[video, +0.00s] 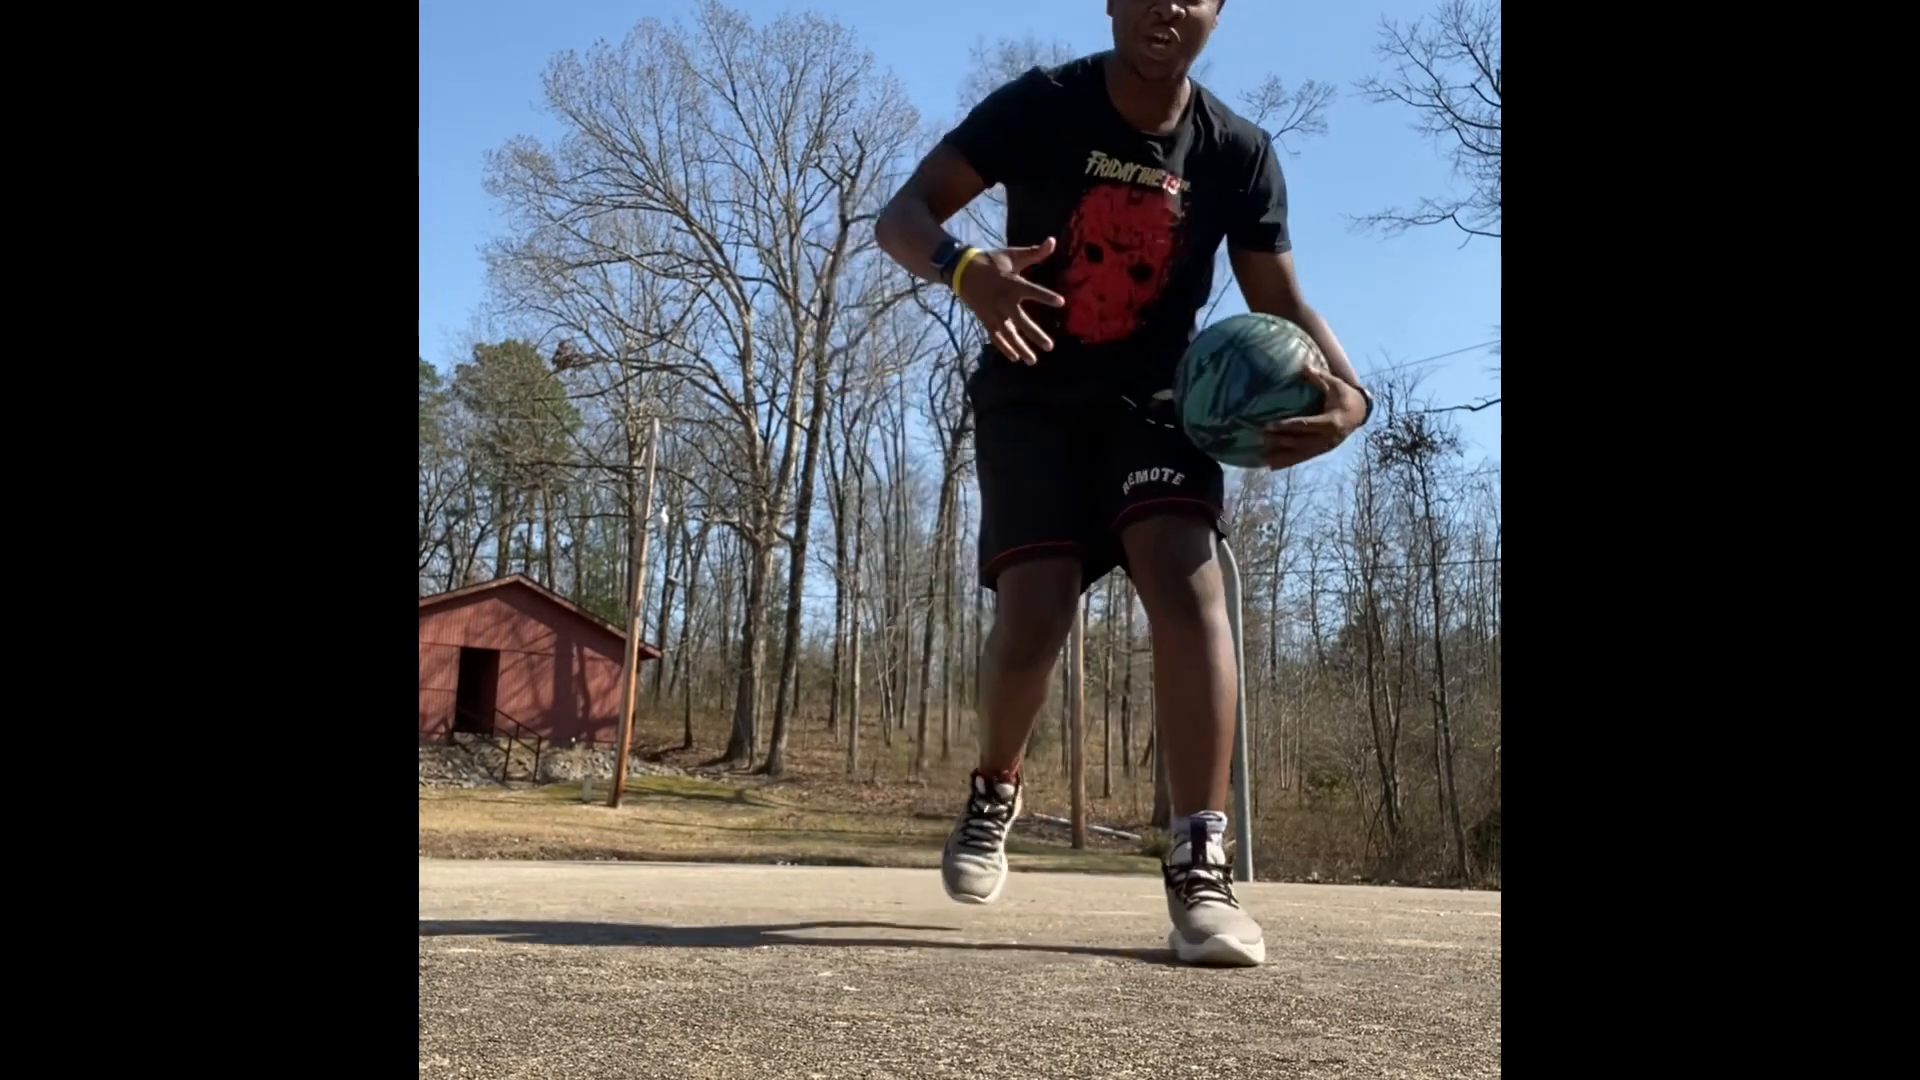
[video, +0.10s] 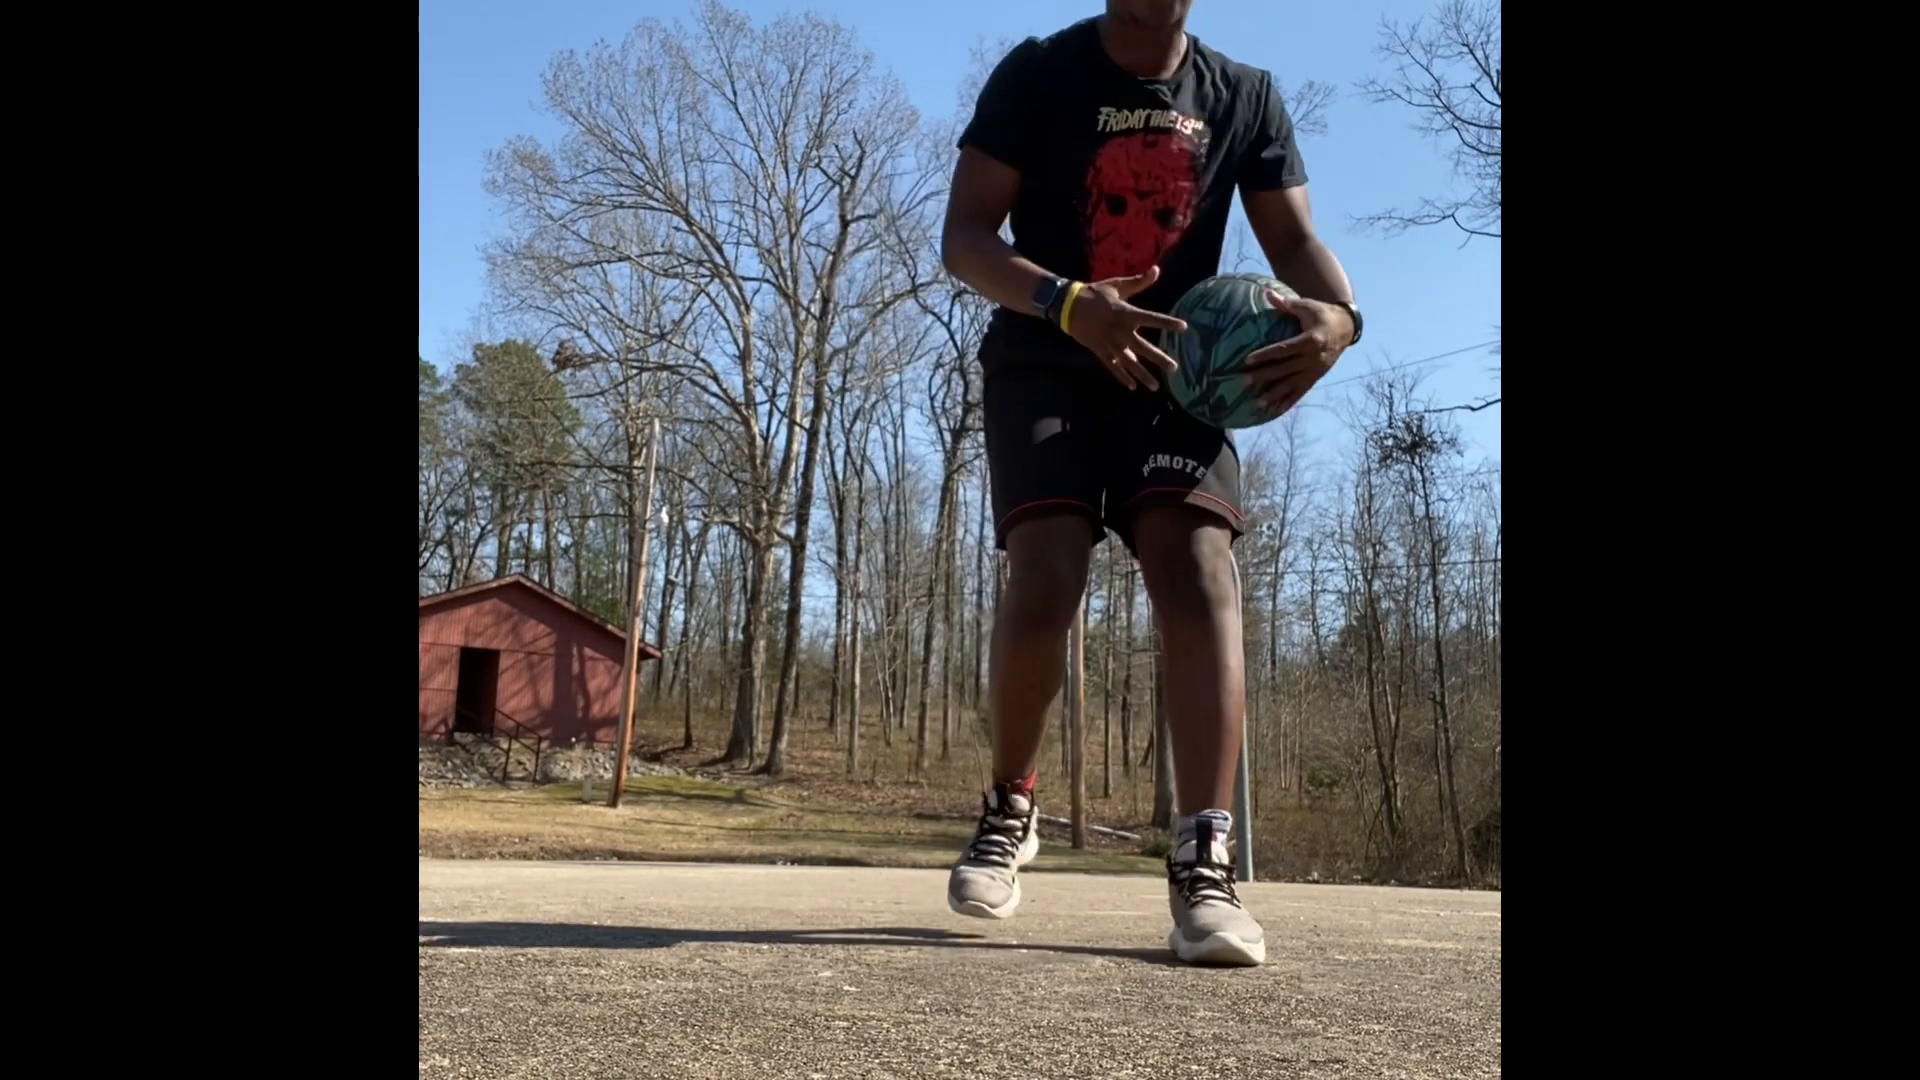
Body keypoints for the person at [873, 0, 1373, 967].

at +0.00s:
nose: (1165, 11)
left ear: (1215, 17)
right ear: (1112, 6)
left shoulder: (1239, 153)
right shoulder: (1036, 108)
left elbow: (1280, 307)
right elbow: (902, 218)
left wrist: (1351, 394)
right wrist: (962, 269)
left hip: (1156, 399)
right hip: (1032, 394)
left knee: (1193, 587)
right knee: (1038, 609)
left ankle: (1201, 873)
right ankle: (993, 793)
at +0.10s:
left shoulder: (1243, 97)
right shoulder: (1034, 76)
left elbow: (1295, 246)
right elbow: (965, 242)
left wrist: (1345, 320)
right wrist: (1067, 301)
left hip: (1177, 367)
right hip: (1043, 359)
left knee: (1202, 580)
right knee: (1045, 578)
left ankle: (1207, 871)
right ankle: (1006, 816)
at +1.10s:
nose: (1108, 21)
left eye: (1132, 7)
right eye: (1091, 2)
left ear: (1161, 22)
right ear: (1064, 11)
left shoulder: (1191, 158)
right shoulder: (997, 129)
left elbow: (1242, 306)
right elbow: (860, 212)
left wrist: (1304, 391)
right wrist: (766, 171)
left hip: (1151, 380)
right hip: (1027, 376)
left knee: (1189, 599)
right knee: (1022, 565)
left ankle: (1220, 830)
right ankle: (1009, 861)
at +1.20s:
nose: (1130, 51)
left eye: (1152, 39)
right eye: (1113, 34)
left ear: (1175, 63)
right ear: (1082, 49)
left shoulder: (1203, 195)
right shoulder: (1019, 163)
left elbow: (1246, 342)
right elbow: (895, 238)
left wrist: (1307, 436)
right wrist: (814, 203)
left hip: (1162, 413)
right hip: (1041, 403)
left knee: (1193, 636)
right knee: (1038, 580)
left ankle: (1212, 868)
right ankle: (1012, 867)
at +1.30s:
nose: (1136, 87)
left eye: (1155, 71)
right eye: (1119, 70)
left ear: (1184, 83)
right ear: (1091, 75)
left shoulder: (1213, 217)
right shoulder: (1035, 184)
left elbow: (1251, 365)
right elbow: (947, 281)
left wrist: (1306, 450)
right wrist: (893, 265)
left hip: (1165, 432)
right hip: (1045, 429)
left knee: (1199, 641)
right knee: (1026, 609)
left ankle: (1209, 870)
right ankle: (1011, 841)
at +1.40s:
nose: (1124, 96)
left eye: (1141, 81)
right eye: (1106, 80)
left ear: (1169, 92)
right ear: (1077, 88)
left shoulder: (1206, 216)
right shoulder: (1026, 199)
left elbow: (1228, 357)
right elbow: (962, 322)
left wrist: (1268, 423)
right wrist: (973, 319)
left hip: (1157, 440)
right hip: (1039, 435)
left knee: (1191, 629)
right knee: (1011, 601)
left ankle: (1208, 867)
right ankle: (1003, 852)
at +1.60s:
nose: (1063, 127)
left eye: (1076, 109)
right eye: (1044, 116)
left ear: (1102, 119)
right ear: (1020, 133)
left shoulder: (1157, 229)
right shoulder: (991, 239)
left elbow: (1210, 349)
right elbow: (912, 355)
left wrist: (1165, 370)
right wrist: (919, 355)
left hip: (1137, 444)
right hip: (1021, 449)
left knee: (1181, 632)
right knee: (973, 639)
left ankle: (1210, 859)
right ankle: (970, 828)